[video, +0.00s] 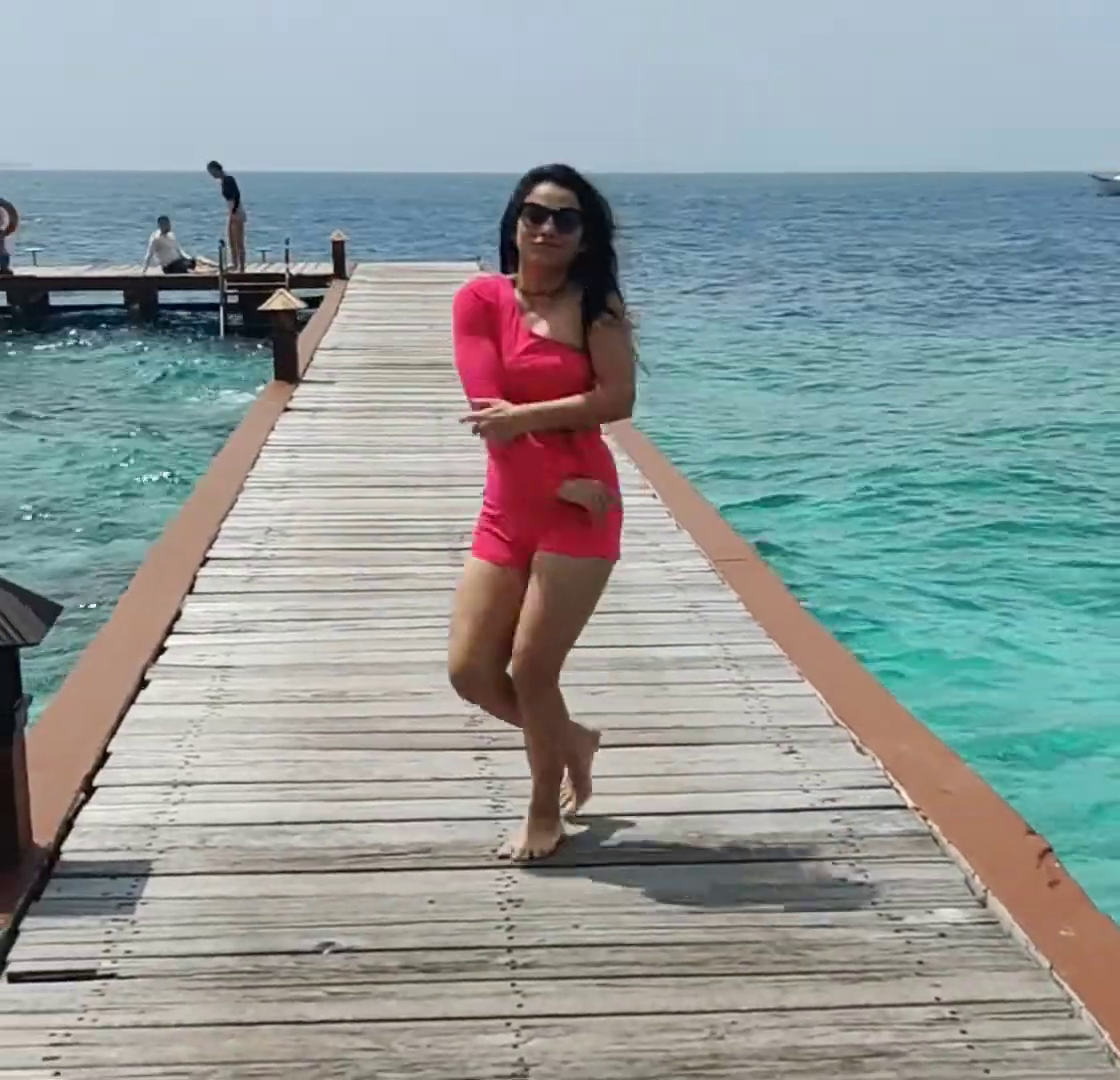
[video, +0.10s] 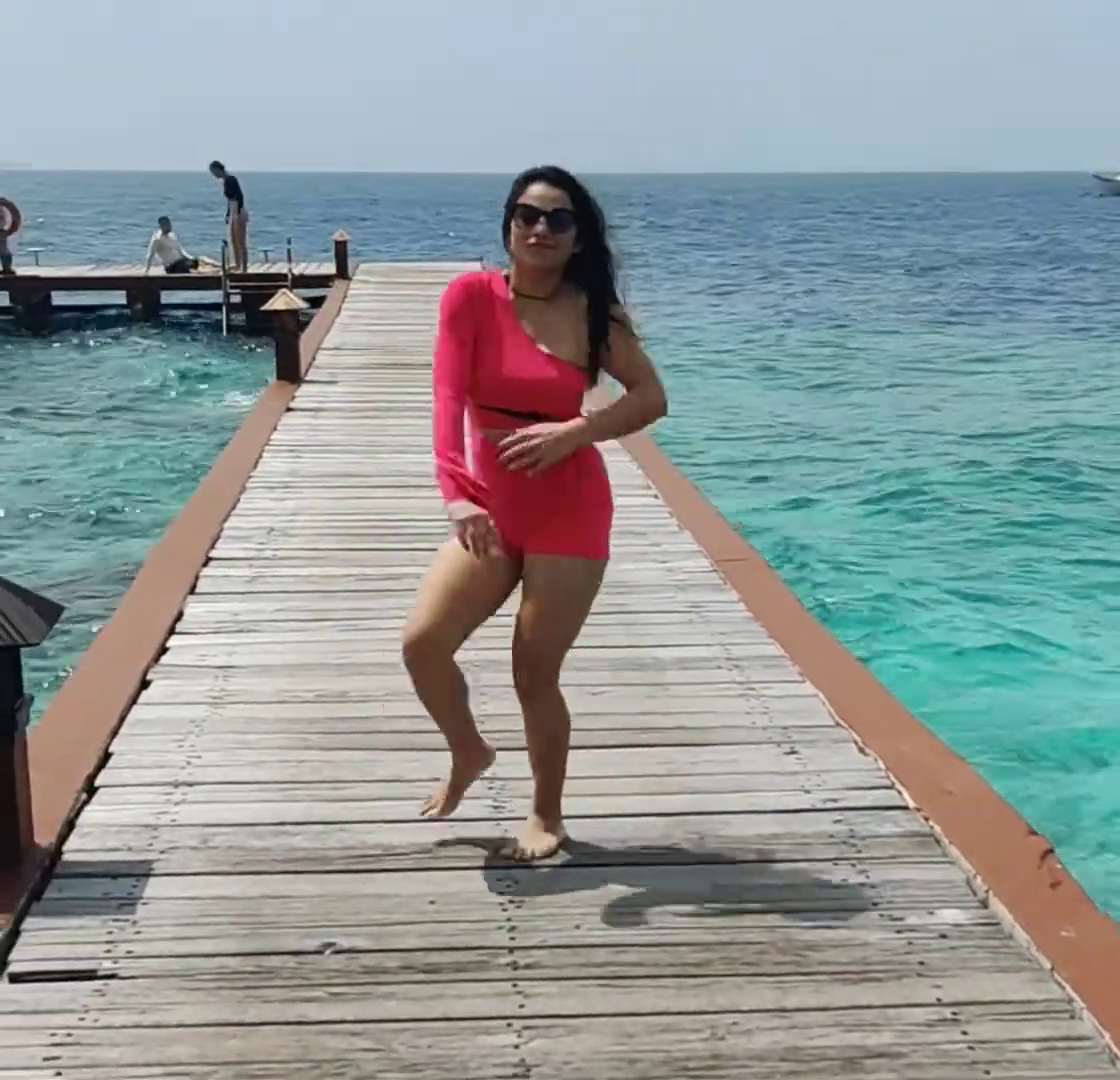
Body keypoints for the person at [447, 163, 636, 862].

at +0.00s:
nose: (549, 227)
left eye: (566, 218)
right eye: (535, 214)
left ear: (586, 233)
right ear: (515, 223)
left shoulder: (600, 310)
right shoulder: (479, 299)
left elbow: (618, 400)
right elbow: (488, 410)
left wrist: (526, 415)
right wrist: (557, 481)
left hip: (580, 513)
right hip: (506, 509)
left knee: (533, 670)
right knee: (470, 671)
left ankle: (543, 816)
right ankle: (573, 742)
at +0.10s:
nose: (542, 228)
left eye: (559, 219)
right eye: (528, 215)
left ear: (579, 234)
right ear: (508, 225)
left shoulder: (593, 315)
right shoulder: (469, 298)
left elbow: (651, 397)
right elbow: (448, 404)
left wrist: (575, 432)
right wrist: (456, 497)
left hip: (570, 508)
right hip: (489, 505)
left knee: (535, 669)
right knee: (422, 645)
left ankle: (547, 818)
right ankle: (467, 750)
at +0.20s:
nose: (527, 208)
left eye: (545, 197)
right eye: (513, 195)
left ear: (568, 213)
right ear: (494, 208)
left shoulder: (587, 295)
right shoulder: (455, 276)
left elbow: (672, 358)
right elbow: (391, 369)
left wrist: (628, 435)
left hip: (555, 502)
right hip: (468, 496)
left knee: (544, 664)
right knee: (401, 622)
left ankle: (550, 813)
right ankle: (381, 781)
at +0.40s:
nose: (476, 228)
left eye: (492, 215)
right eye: (461, 216)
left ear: (517, 229)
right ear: (444, 231)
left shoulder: (546, 314)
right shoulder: (415, 304)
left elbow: (638, 370)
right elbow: (323, 354)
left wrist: (736, 407)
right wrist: (229, 390)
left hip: (490, 518)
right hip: (404, 512)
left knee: (514, 698)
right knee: (370, 689)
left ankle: (542, 821)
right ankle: (336, 841)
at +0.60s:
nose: (459, 234)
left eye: (476, 223)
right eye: (445, 222)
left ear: (501, 240)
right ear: (424, 237)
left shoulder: (533, 327)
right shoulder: (396, 320)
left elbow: (613, 406)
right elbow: (302, 386)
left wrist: (702, 473)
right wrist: (198, 438)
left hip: (479, 534)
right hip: (389, 525)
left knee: (518, 709)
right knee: (372, 698)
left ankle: (566, 826)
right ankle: (360, 842)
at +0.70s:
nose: (463, 227)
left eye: (480, 217)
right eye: (449, 215)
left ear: (501, 236)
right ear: (427, 231)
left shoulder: (522, 327)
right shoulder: (397, 325)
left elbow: (543, 418)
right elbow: (320, 410)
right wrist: (236, 471)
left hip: (495, 534)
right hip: (402, 528)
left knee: (561, 706)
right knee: (385, 704)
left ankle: (585, 812)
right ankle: (375, 841)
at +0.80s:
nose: (467, 208)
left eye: (485, 199)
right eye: (454, 195)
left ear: (507, 218)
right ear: (432, 210)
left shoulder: (518, 302)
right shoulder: (401, 308)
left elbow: (477, 388)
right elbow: (379, 403)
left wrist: (427, 465)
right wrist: (359, 474)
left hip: (508, 512)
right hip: (417, 512)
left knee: (596, 670)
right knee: (395, 691)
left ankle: (613, 814)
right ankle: (380, 838)